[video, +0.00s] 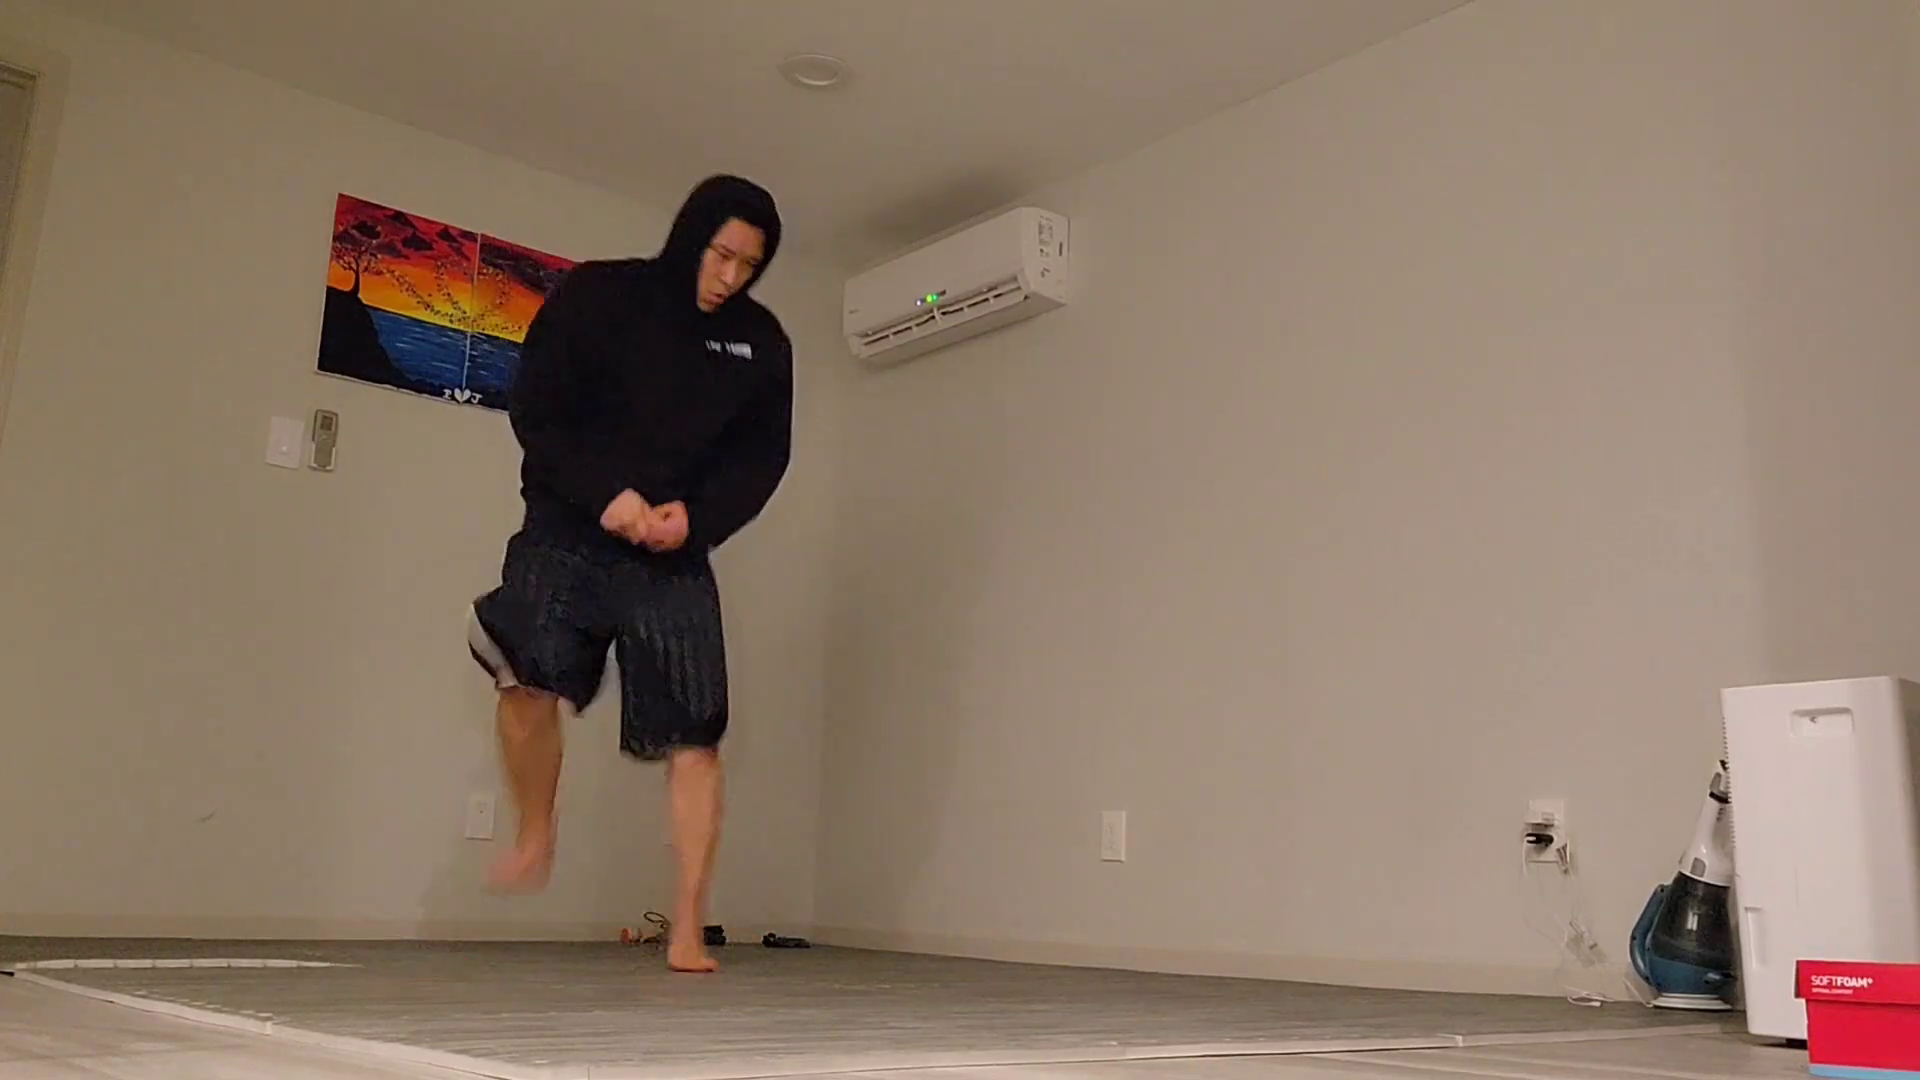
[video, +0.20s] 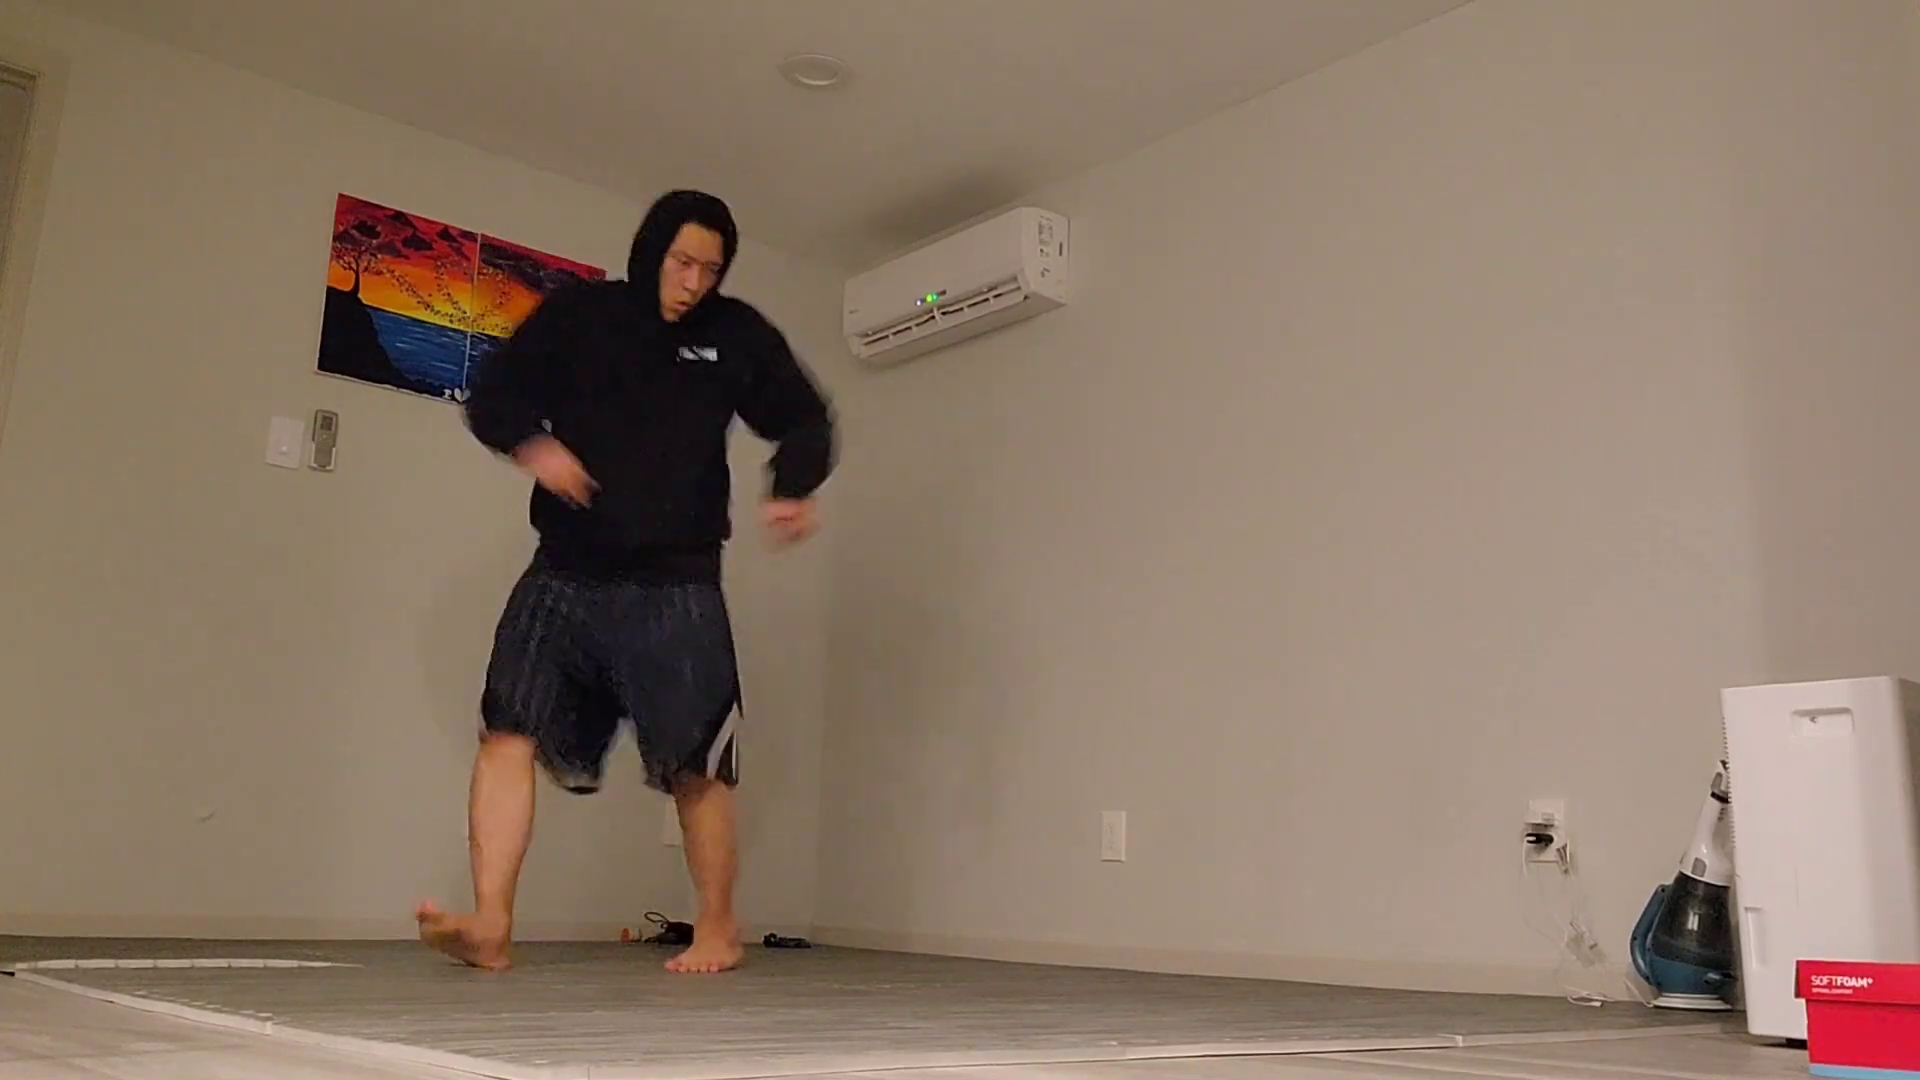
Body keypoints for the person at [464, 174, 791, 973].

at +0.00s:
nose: (730, 275)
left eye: (747, 263)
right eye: (721, 254)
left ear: (759, 266)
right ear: (687, 239)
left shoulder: (760, 341)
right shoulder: (596, 294)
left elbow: (764, 456)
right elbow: (535, 411)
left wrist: (697, 518)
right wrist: (606, 495)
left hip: (677, 551)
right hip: (569, 532)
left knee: (697, 734)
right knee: (527, 681)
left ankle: (688, 925)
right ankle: (533, 833)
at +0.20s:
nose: (694, 279)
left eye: (710, 268)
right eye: (684, 260)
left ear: (722, 272)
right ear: (651, 250)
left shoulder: (737, 335)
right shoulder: (578, 312)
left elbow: (804, 417)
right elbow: (490, 396)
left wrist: (793, 486)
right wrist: (536, 448)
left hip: (677, 584)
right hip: (566, 575)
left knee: (698, 765)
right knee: (509, 732)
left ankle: (717, 932)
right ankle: (489, 923)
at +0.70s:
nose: (643, 268)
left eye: (655, 256)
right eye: (632, 249)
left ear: (663, 256)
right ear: (593, 236)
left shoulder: (665, 320)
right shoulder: (517, 304)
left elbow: (702, 410)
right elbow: (445, 407)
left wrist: (695, 458)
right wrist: (512, 470)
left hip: (638, 554)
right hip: (541, 553)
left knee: (654, 727)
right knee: (521, 726)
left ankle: (608, 906)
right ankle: (488, 897)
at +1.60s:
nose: (660, 368)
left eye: (670, 358)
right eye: (656, 350)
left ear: (667, 361)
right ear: (619, 335)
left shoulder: (628, 415)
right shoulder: (552, 387)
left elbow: (659, 492)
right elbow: (534, 477)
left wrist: (721, 547)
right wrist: (606, 549)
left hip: (586, 601)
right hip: (525, 594)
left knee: (607, 766)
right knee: (584, 742)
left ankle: (533, 917)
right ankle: (564, 928)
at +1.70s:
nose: (661, 372)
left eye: (672, 363)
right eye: (658, 353)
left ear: (671, 366)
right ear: (622, 334)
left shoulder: (639, 422)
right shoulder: (548, 381)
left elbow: (661, 515)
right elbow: (524, 475)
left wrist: (723, 587)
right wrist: (646, 492)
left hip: (591, 595)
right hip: (520, 578)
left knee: (605, 759)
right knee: (577, 714)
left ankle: (537, 913)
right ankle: (566, 912)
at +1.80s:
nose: (655, 349)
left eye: (667, 339)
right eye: (649, 328)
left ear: (673, 343)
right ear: (617, 307)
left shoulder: (647, 399)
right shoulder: (543, 345)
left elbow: (656, 503)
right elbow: (526, 445)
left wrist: (680, 599)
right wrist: (655, 400)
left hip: (581, 567)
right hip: (508, 540)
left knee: (589, 734)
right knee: (557, 688)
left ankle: (535, 897)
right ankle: (549, 879)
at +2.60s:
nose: (626, 342)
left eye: (637, 331)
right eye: (616, 325)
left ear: (643, 335)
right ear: (578, 315)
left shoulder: (629, 398)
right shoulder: (517, 377)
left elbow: (649, 485)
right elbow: (537, 467)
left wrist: (684, 556)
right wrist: (647, 469)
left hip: (583, 608)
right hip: (504, 587)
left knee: (574, 794)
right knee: (539, 731)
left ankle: (478, 888)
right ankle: (517, 906)